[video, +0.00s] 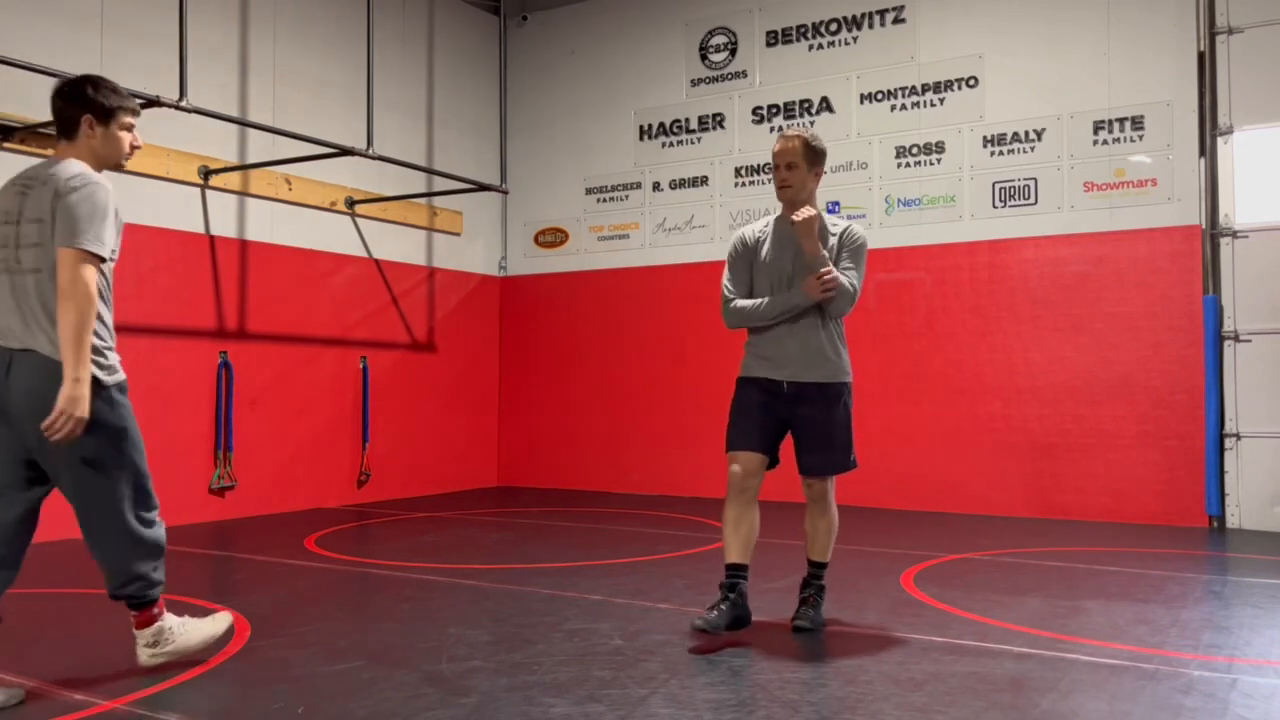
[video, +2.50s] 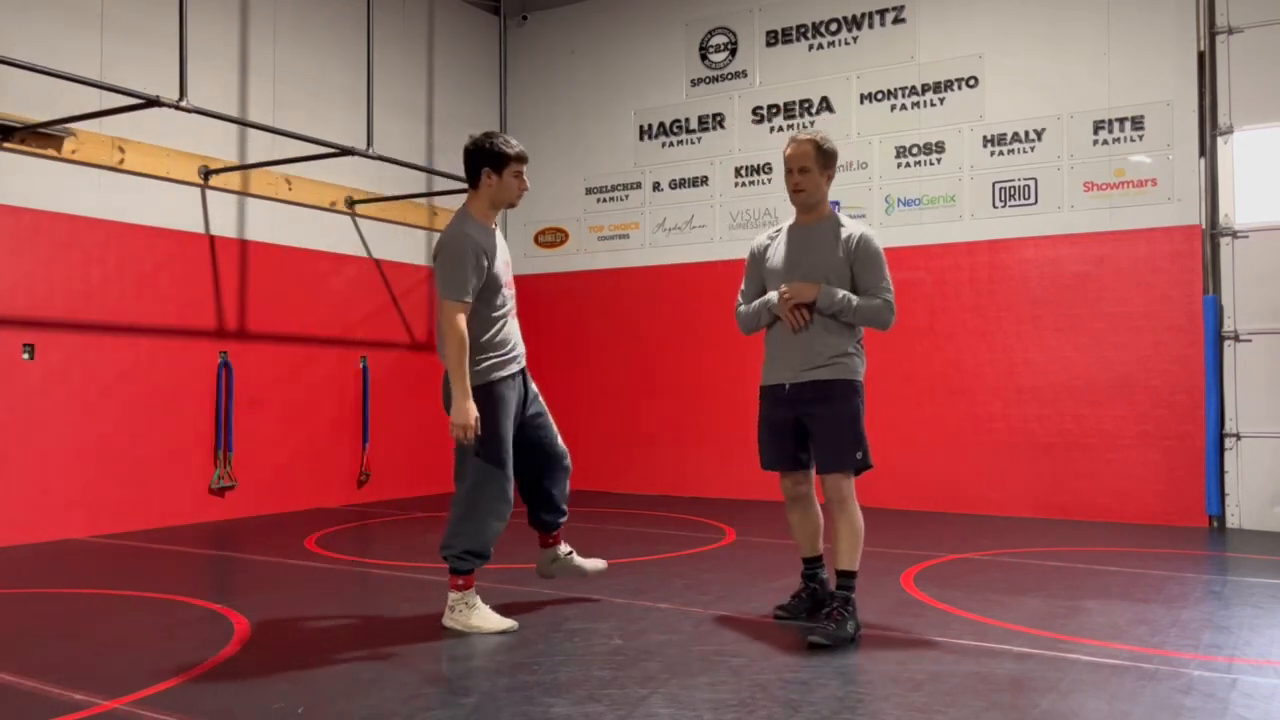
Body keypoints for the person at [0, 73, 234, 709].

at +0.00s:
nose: (135, 141)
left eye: (136, 130)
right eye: (128, 128)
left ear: (80, 128)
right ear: (89, 125)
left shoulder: (15, 185)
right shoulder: (85, 186)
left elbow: (15, 275)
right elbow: (76, 278)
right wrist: (76, 374)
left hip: (10, 369)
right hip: (66, 372)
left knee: (6, 520)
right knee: (122, 496)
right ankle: (153, 627)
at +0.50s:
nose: (264, 162)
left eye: (264, 152)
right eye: (257, 151)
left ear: (213, 151)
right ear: (225, 149)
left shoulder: (152, 211)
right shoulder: (236, 212)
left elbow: (142, 302)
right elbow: (274, 293)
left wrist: (151, 369)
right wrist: (330, 350)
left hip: (163, 373)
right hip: (214, 376)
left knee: (196, 485)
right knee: (219, 493)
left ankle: (154, 585)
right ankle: (174, 627)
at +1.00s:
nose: (359, 182)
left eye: (360, 173)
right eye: (351, 172)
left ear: (327, 177)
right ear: (321, 174)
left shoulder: (318, 228)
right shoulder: (309, 226)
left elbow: (315, 310)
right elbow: (308, 304)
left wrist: (329, 374)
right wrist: (302, 377)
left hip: (313, 377)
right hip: (312, 379)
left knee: (317, 491)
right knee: (333, 498)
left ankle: (320, 595)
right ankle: (233, 577)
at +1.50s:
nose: (427, 190)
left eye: (427, 182)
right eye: (418, 182)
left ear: (404, 188)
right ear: (388, 184)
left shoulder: (393, 241)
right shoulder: (369, 241)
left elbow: (405, 315)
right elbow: (357, 315)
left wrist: (439, 358)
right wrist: (367, 385)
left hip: (385, 381)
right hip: (385, 383)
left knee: (363, 486)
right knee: (420, 484)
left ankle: (324, 591)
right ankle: (450, 594)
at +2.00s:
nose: (496, 184)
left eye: (495, 175)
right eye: (488, 176)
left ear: (458, 182)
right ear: (456, 180)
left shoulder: (456, 228)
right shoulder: (443, 238)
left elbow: (457, 315)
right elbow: (458, 321)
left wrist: (480, 370)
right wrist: (506, 383)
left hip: (472, 376)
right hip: (453, 380)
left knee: (499, 471)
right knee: (464, 481)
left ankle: (445, 557)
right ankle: (458, 596)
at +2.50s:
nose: (525, 185)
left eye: (525, 176)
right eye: (518, 176)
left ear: (495, 178)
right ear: (488, 178)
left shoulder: (489, 229)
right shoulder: (461, 239)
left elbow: (491, 307)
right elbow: (452, 321)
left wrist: (511, 363)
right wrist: (462, 398)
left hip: (514, 375)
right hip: (482, 384)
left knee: (550, 460)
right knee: (485, 485)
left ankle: (551, 551)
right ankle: (461, 596)